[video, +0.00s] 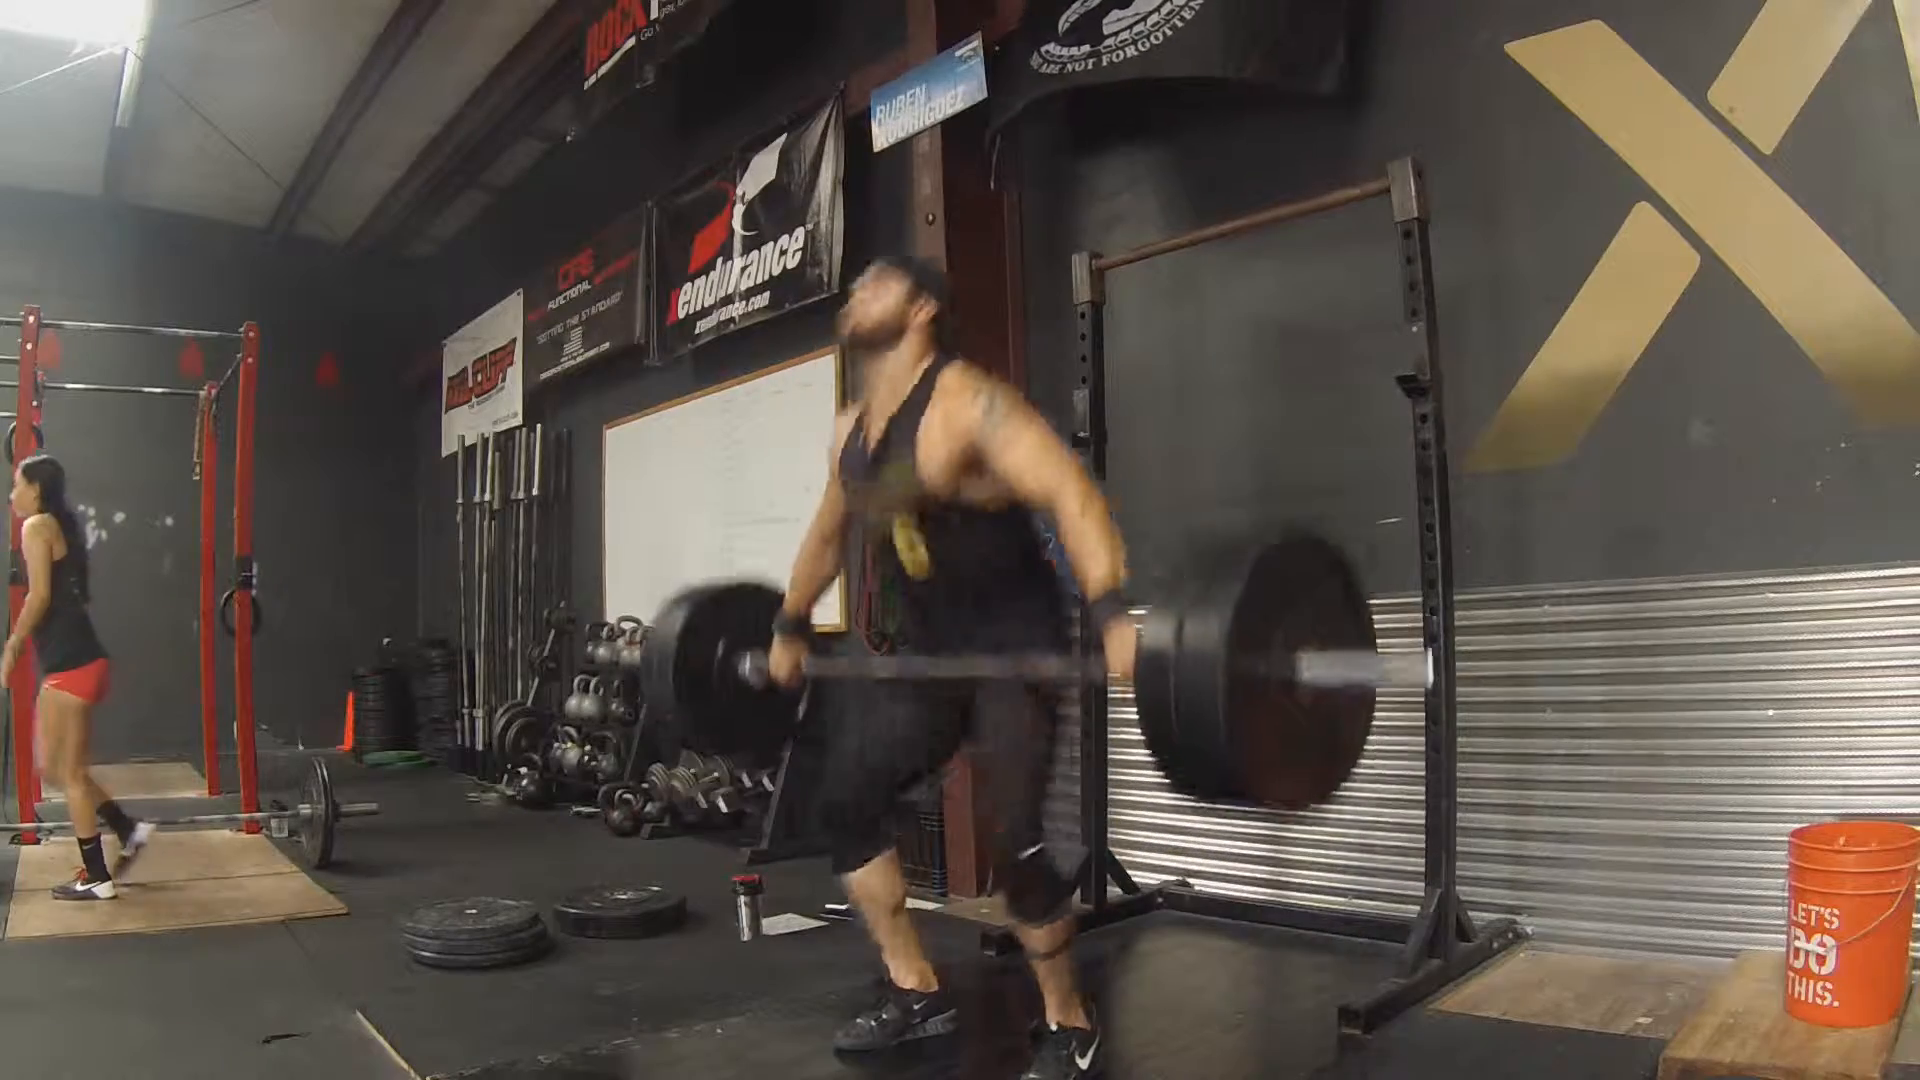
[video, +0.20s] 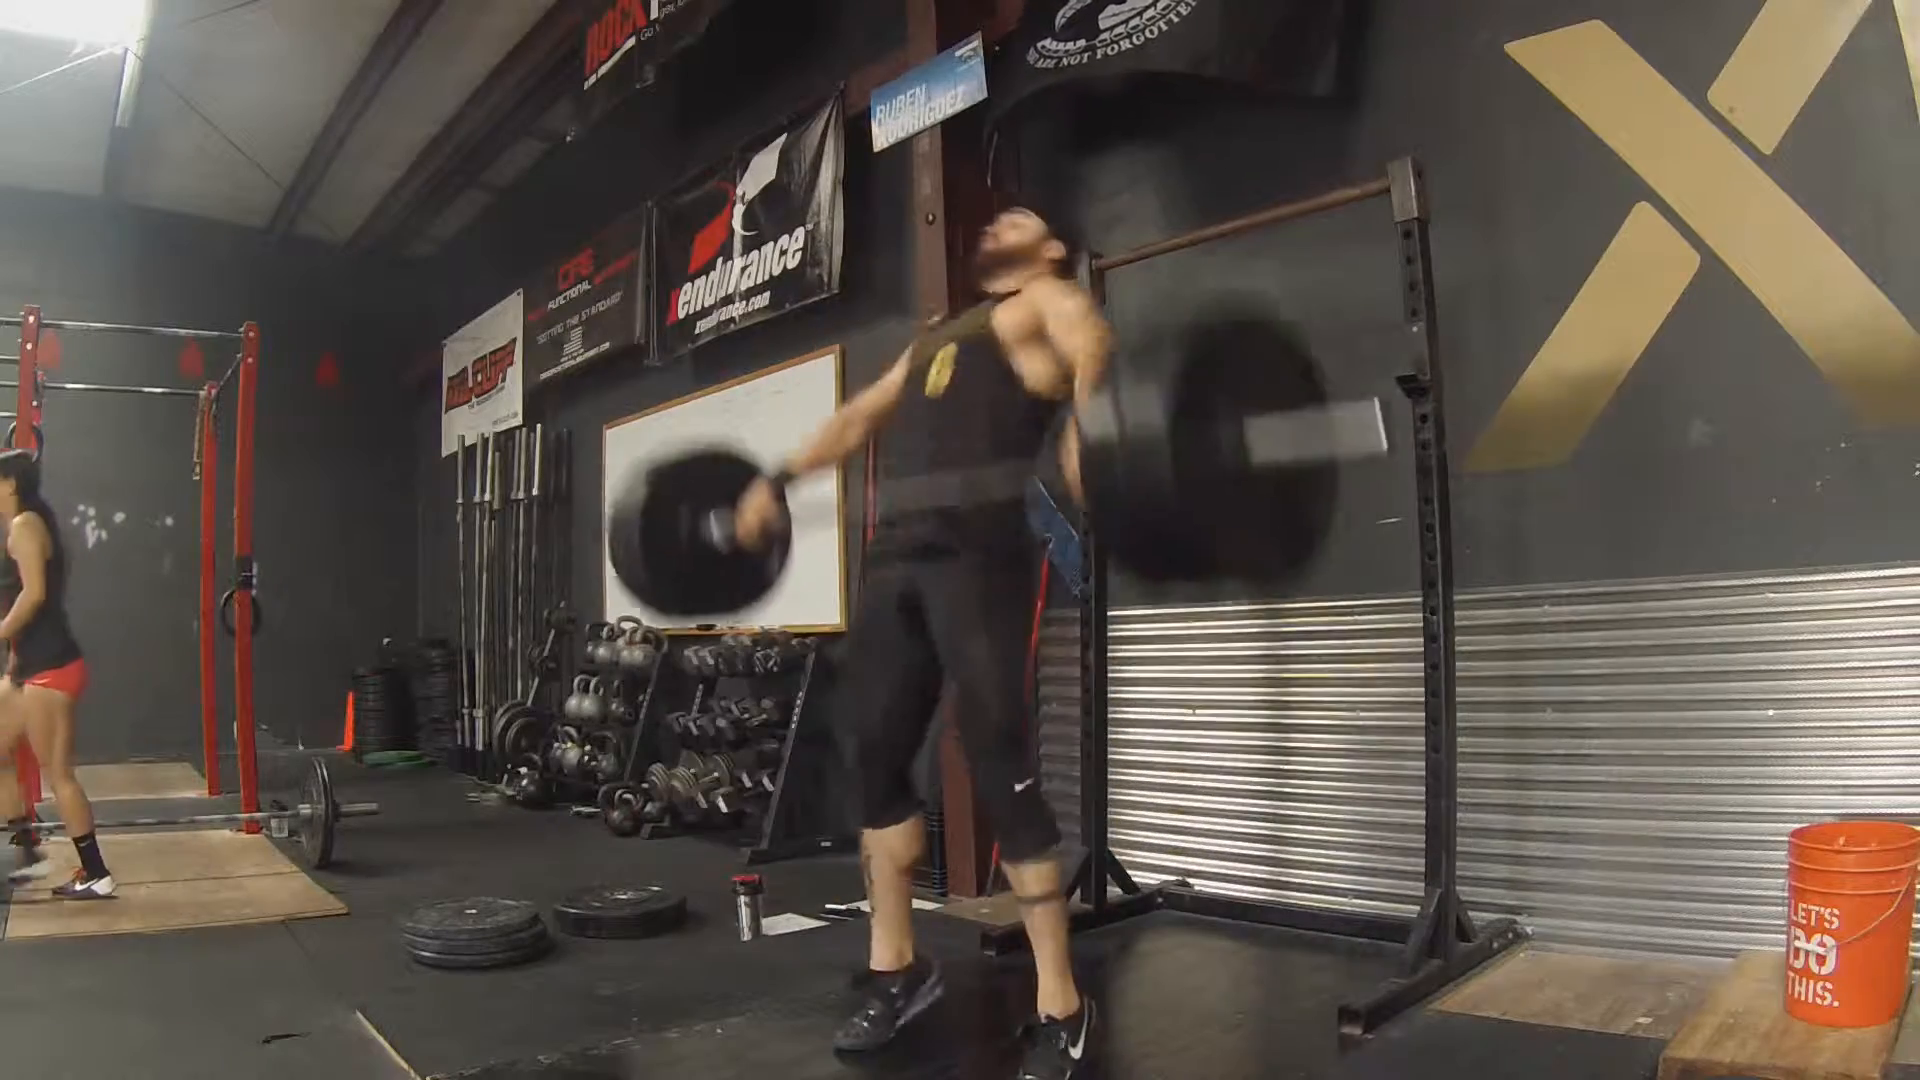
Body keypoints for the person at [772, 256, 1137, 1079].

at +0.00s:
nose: (857, 295)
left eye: (879, 284)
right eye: (857, 287)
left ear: (922, 312)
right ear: (855, 323)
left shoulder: (972, 401)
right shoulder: (857, 430)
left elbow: (1073, 492)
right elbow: (827, 533)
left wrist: (1112, 610)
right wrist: (791, 624)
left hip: (1017, 659)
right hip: (920, 663)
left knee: (1016, 855)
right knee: (843, 805)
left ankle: (1069, 1025)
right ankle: (915, 992)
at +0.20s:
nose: (999, 225)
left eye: (1021, 220)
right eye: (995, 220)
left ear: (1056, 250)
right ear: (982, 254)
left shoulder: (1047, 298)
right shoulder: (935, 339)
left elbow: (1092, 354)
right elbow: (860, 414)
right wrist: (779, 476)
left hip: (983, 554)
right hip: (895, 557)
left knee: (1000, 768)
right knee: (873, 758)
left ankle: (1059, 1004)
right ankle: (895, 970)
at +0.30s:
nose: (1007, 254)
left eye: (1028, 247)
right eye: (1006, 244)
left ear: (1053, 273)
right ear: (992, 265)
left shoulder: (1040, 335)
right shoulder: (950, 346)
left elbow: (1059, 407)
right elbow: (862, 392)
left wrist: (1048, 309)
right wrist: (772, 406)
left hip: (989, 590)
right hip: (915, 584)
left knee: (997, 801)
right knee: (831, 763)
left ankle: (1064, 1000)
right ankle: (911, 961)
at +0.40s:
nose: (935, 351)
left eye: (953, 334)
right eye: (935, 337)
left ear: (1004, 344)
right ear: (942, 351)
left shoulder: (1037, 408)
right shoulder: (931, 427)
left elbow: (1121, 424)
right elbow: (856, 444)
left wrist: (1100, 319)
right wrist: (783, 403)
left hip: (1005, 693)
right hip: (926, 694)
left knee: (987, 871)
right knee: (804, 827)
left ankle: (1061, 1038)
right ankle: (897, 993)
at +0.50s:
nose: (861, 453)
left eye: (880, 437)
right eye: (860, 440)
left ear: (930, 454)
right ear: (862, 459)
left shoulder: (975, 521)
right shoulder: (866, 542)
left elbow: (1057, 447)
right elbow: (794, 498)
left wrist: (1077, 324)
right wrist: (756, 427)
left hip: (1013, 786)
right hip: (917, 786)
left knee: (977, 889)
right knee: (793, 848)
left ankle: (1057, 1034)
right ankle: (898, 995)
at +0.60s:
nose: (820, 532)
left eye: (837, 513)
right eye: (818, 518)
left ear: (890, 522)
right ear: (819, 531)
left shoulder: (945, 578)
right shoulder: (842, 595)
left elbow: (1000, 479)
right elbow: (782, 520)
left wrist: (1071, 357)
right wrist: (752, 447)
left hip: (999, 827)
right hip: (895, 833)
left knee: (972, 900)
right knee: (776, 859)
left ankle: (1054, 1036)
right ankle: (898, 993)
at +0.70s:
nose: (810, 569)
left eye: (827, 548)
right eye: (807, 553)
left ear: (879, 555)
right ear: (805, 563)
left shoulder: (939, 610)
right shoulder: (839, 626)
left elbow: (1008, 516)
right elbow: (781, 555)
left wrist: (1077, 399)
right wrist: (753, 482)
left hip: (983, 857)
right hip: (883, 860)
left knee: (957, 911)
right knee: (761, 876)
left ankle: (1051, 1035)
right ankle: (893, 992)